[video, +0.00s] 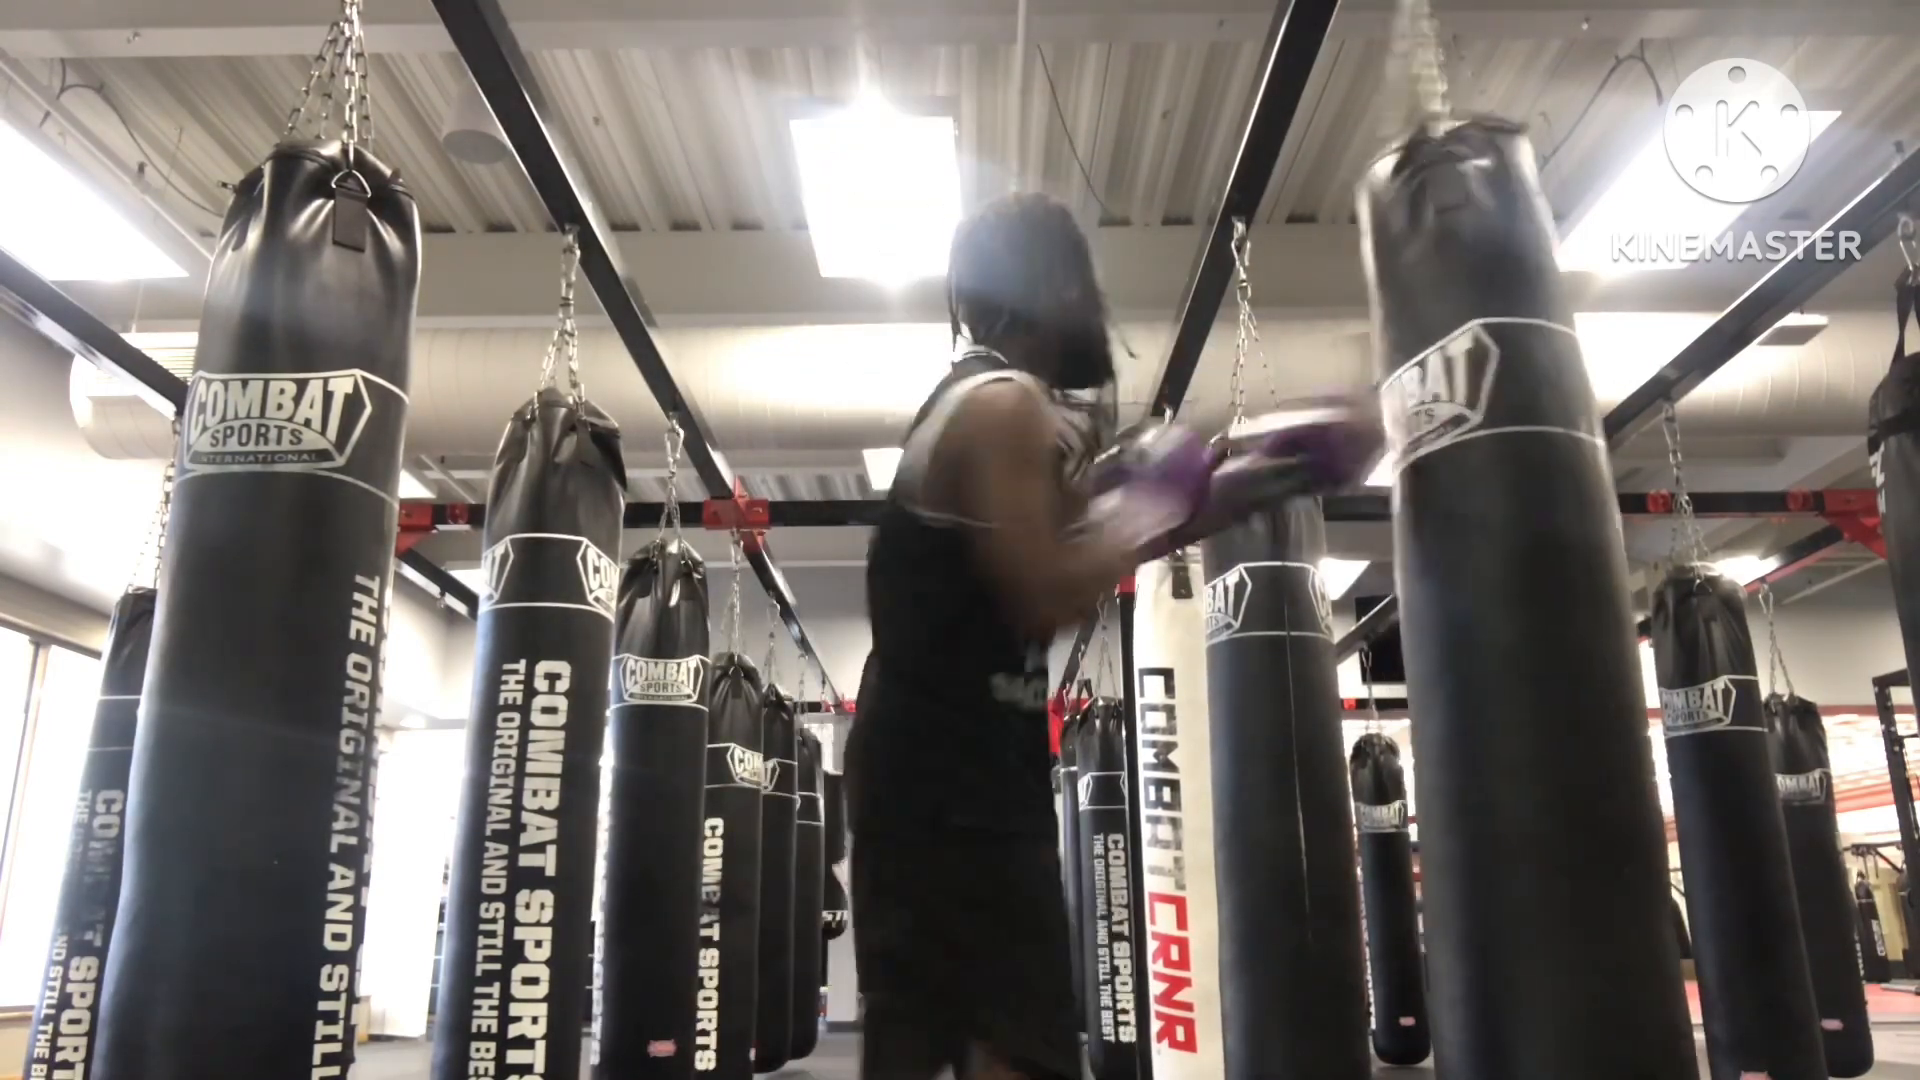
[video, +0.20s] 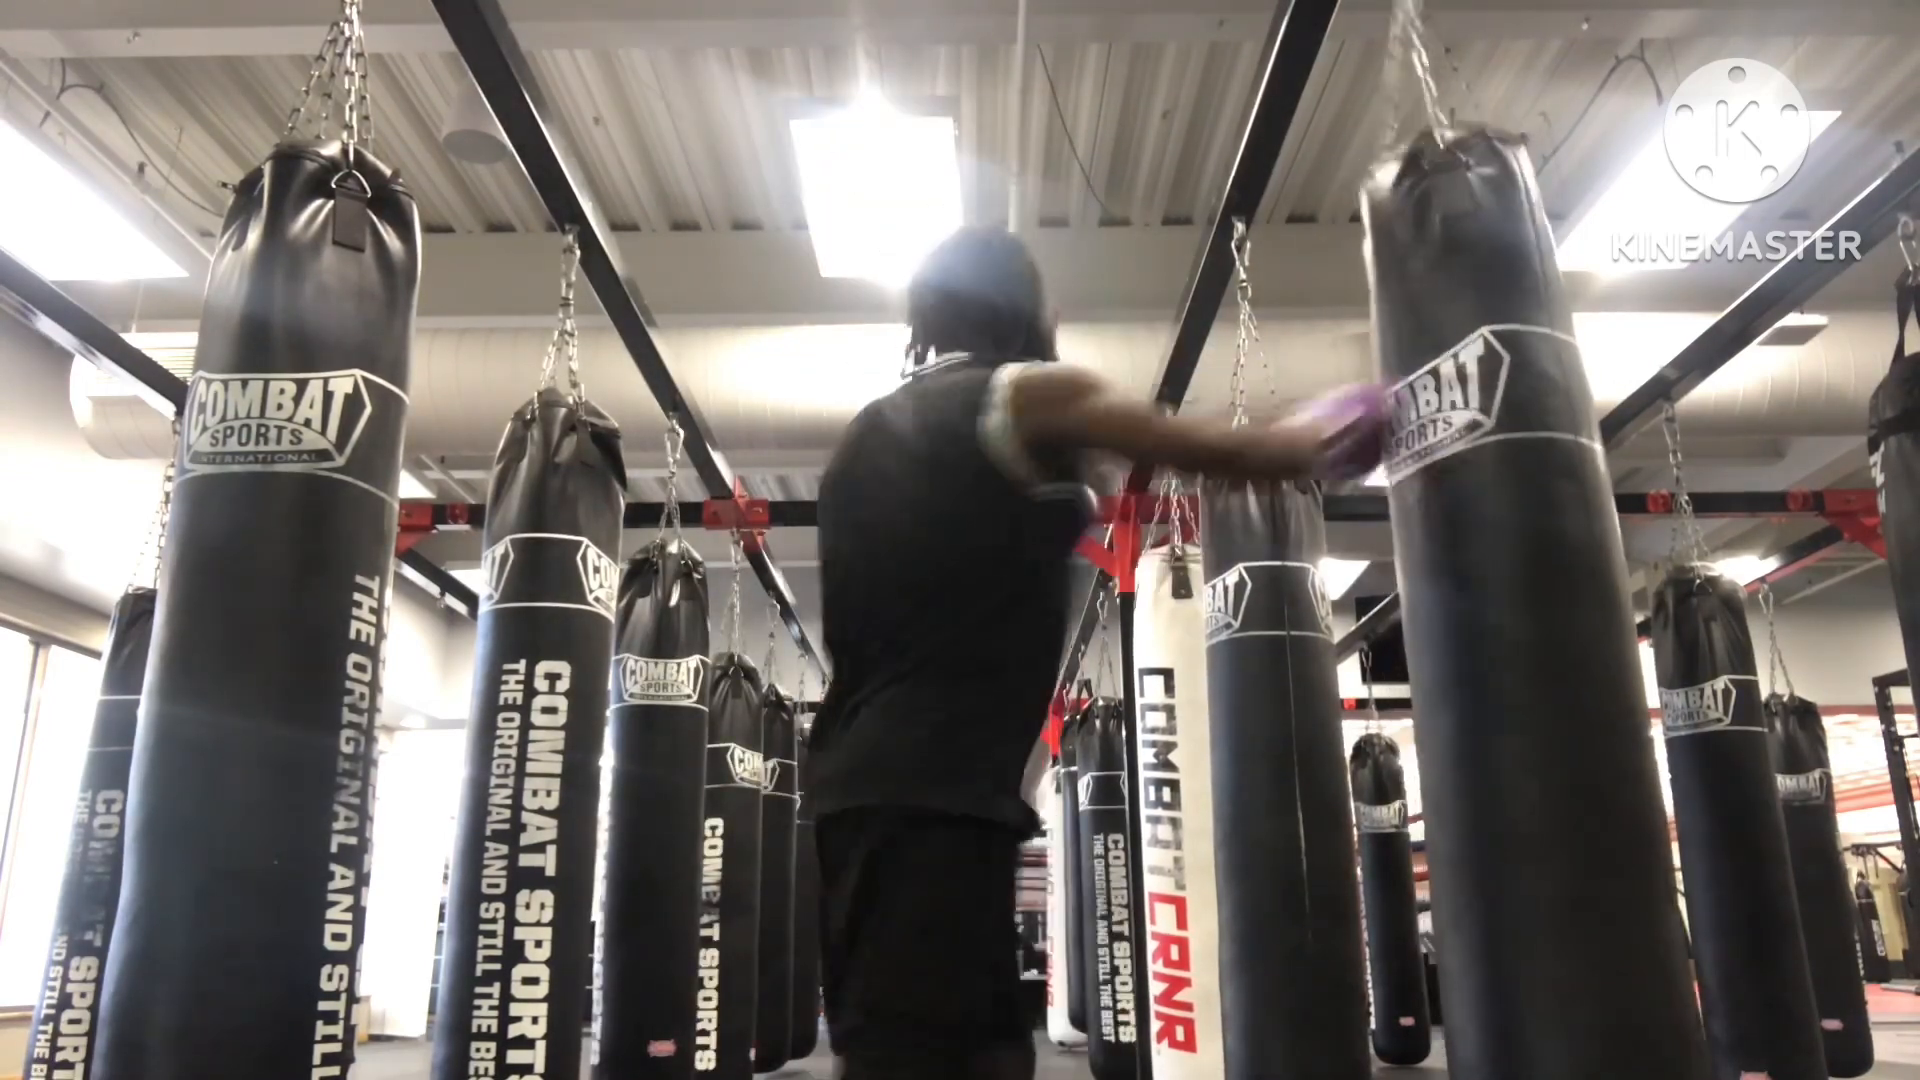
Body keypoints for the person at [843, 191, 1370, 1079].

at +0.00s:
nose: (1096, 294)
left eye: (1087, 274)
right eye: (1081, 272)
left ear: (983, 292)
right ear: (1054, 285)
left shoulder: (974, 404)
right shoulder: (1007, 404)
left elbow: (1071, 550)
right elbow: (1041, 591)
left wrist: (1239, 488)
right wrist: (1156, 512)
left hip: (921, 759)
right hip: (965, 764)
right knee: (1021, 1033)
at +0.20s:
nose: (1050, 320)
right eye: (1042, 304)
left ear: (924, 321)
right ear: (1026, 312)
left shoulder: (864, 437)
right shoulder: (1036, 396)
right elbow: (1222, 451)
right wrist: (1327, 436)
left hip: (849, 806)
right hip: (951, 810)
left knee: (886, 1052)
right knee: (955, 1053)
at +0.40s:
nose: (1034, 319)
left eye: (1028, 296)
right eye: (1018, 295)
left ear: (925, 303)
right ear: (970, 300)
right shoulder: (911, 394)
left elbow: (903, 668)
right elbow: (972, 590)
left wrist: (1058, 646)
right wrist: (1051, 496)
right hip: (867, 788)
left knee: (1019, 1049)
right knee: (865, 1055)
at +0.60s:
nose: (1047, 271)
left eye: (1038, 251)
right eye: (1026, 250)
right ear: (966, 263)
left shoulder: (967, 416)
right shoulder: (874, 369)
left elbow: (1027, 558)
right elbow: (1017, 498)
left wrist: (1145, 478)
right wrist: (1083, 400)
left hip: (929, 741)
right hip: (823, 742)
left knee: (1025, 1033)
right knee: (747, 1040)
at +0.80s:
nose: (1047, 293)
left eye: (1041, 272)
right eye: (1026, 269)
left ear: (966, 285)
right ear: (960, 275)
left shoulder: (988, 426)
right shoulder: (882, 397)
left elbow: (1124, 503)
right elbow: (1024, 527)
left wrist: (1281, 447)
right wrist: (1099, 411)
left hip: (947, 782)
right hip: (831, 782)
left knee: (1022, 1038)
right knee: (777, 1054)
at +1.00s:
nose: (1065, 279)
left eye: (1060, 258)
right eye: (1043, 250)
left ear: (1000, 270)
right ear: (971, 253)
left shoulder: (1005, 404)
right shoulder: (872, 369)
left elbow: (1176, 413)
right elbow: (963, 497)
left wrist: (1323, 355)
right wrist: (1067, 394)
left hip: (937, 734)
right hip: (818, 727)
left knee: (1006, 1016)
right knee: (731, 1025)